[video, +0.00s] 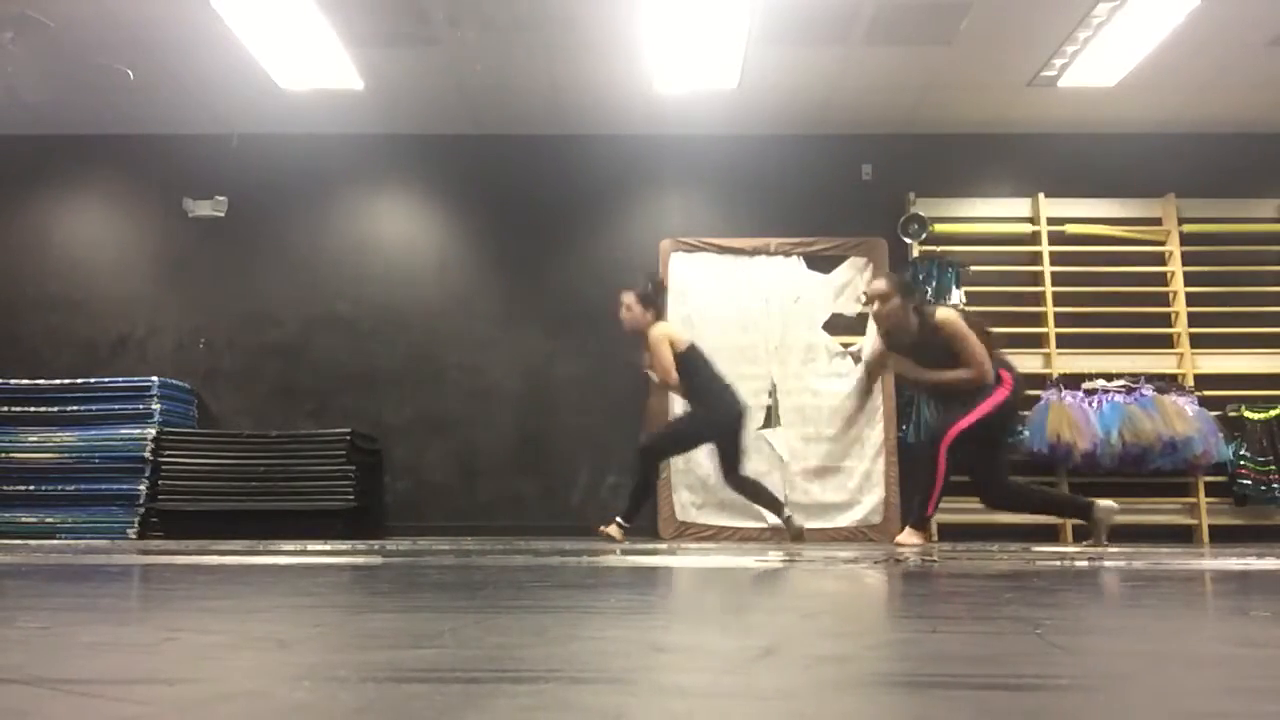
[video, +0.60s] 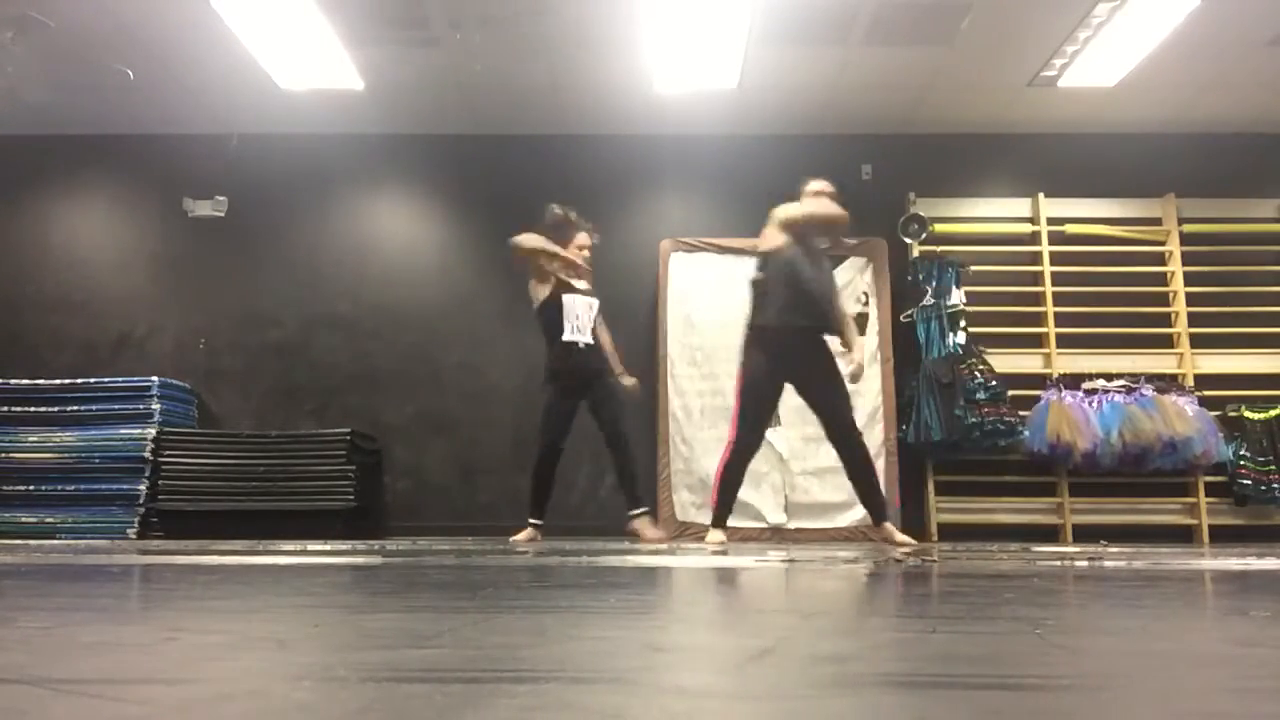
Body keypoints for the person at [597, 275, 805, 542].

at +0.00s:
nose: (622, 314)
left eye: (628, 308)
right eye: (622, 308)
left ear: (648, 311)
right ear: (649, 313)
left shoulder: (657, 333)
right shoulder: (667, 331)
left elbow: (670, 378)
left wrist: (650, 372)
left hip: (712, 413)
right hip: (730, 411)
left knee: (650, 452)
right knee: (733, 477)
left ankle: (622, 524)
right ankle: (785, 515)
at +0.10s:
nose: (615, 291)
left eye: (623, 285)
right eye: (613, 285)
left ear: (640, 291)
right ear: (610, 290)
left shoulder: (651, 317)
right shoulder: (620, 328)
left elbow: (659, 365)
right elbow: (612, 378)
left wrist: (625, 356)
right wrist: (601, 422)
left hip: (691, 401)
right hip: (675, 403)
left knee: (640, 449)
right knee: (684, 477)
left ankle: (618, 524)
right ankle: (749, 498)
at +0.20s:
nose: (616, 274)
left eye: (623, 269)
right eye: (611, 268)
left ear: (633, 276)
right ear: (603, 276)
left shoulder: (646, 306)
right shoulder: (597, 317)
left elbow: (653, 352)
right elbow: (587, 360)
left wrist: (612, 354)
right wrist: (571, 400)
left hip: (666, 388)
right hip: (638, 391)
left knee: (631, 443)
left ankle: (617, 522)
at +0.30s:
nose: (615, 261)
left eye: (620, 256)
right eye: (608, 255)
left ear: (627, 264)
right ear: (596, 264)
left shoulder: (638, 295)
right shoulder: (583, 299)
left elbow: (648, 341)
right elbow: (576, 329)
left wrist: (608, 356)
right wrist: (572, 355)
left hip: (645, 381)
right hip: (612, 382)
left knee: (622, 444)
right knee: (590, 444)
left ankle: (614, 523)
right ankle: (575, 515)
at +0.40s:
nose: (606, 255)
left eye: (611, 249)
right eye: (599, 248)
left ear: (617, 255)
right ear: (585, 253)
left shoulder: (626, 287)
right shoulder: (572, 281)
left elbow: (647, 331)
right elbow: (574, 297)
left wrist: (627, 367)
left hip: (620, 374)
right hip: (589, 375)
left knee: (614, 445)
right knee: (567, 444)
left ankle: (614, 524)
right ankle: (538, 520)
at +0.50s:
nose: (595, 253)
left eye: (599, 247)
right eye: (588, 246)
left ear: (605, 251)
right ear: (574, 251)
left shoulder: (608, 288)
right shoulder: (559, 282)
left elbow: (628, 327)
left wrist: (643, 366)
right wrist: (595, 269)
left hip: (605, 377)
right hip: (571, 376)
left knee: (611, 442)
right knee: (554, 445)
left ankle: (610, 522)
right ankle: (535, 524)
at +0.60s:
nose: (587, 255)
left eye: (589, 249)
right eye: (581, 248)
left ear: (587, 251)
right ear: (560, 248)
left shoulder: (583, 285)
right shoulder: (543, 279)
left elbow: (600, 329)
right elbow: (519, 242)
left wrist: (619, 371)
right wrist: (558, 254)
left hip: (597, 373)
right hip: (564, 376)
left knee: (618, 438)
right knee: (549, 448)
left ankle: (638, 516)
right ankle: (534, 525)